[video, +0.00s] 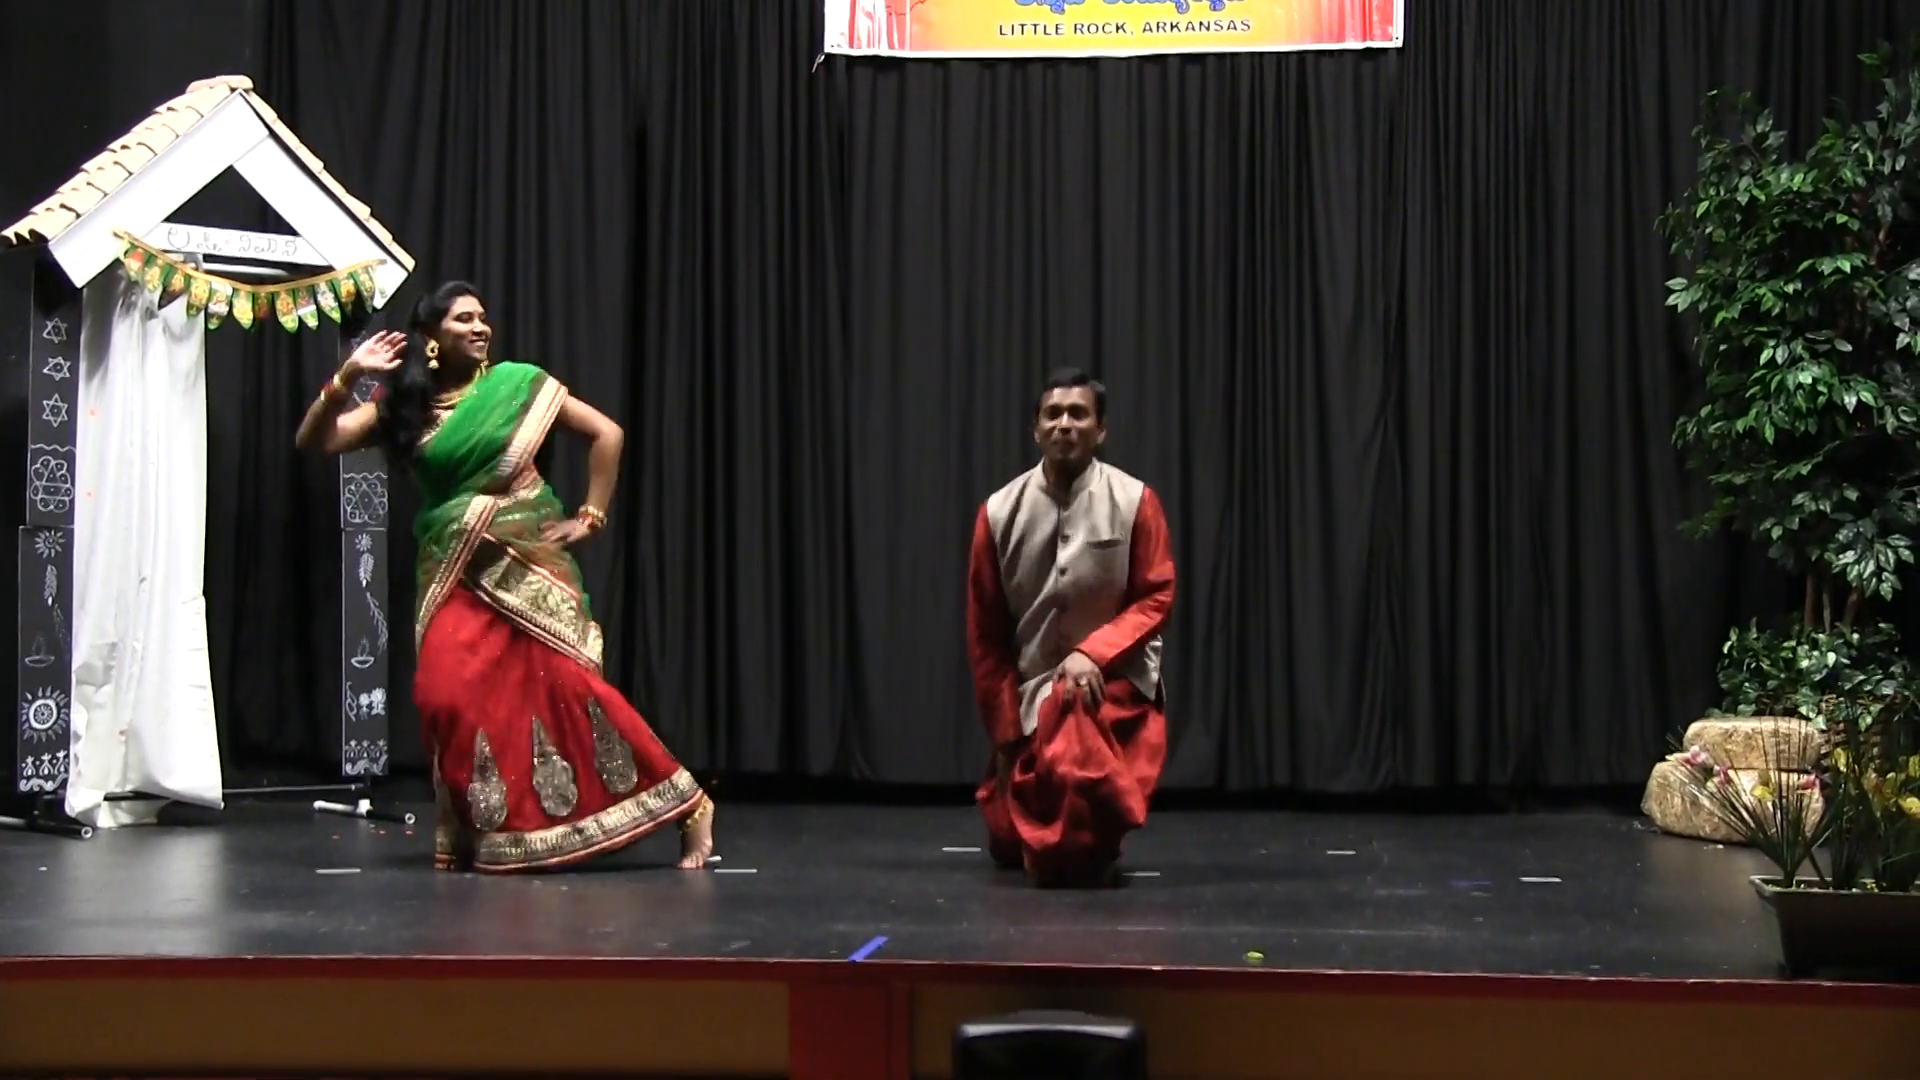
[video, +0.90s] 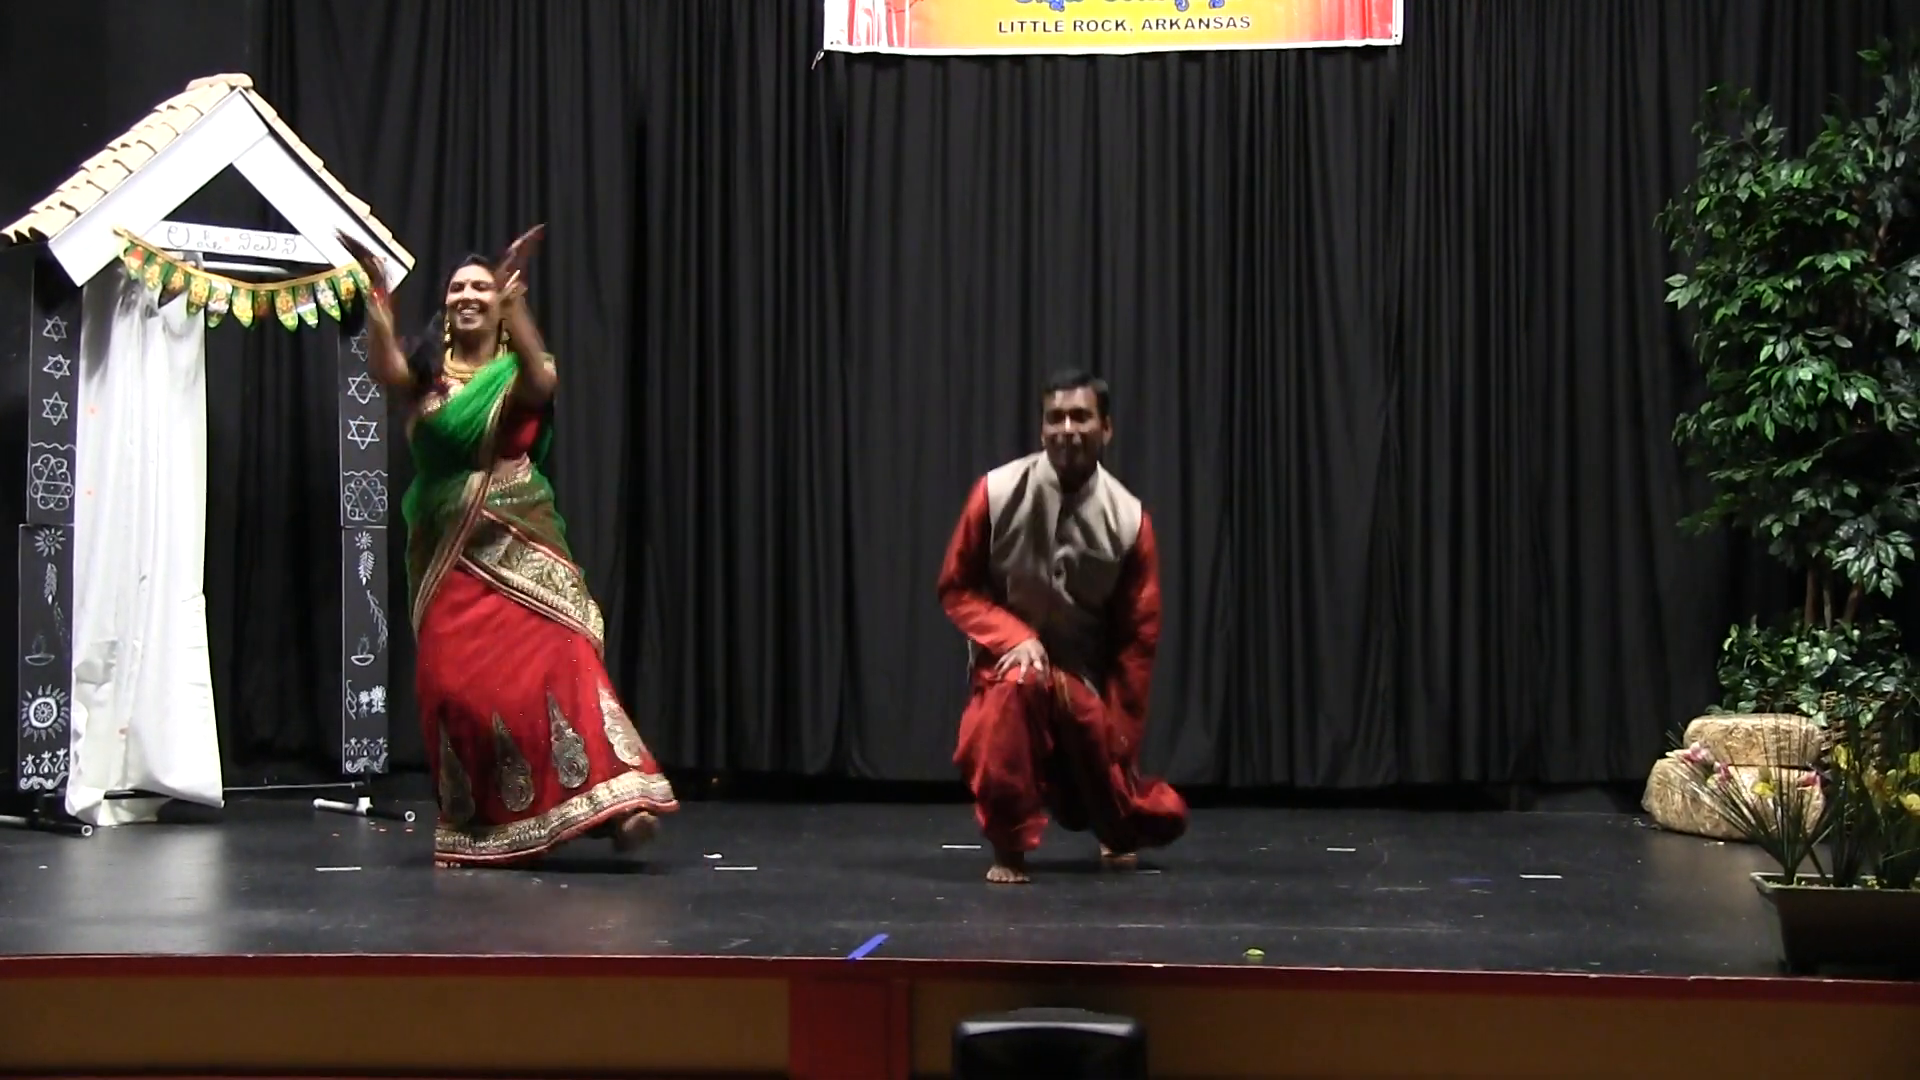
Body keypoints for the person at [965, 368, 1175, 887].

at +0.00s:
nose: (1064, 425)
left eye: (1078, 414)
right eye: (1053, 414)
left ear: (1100, 428)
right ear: (1037, 427)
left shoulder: (1133, 501)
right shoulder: (1000, 511)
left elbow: (1156, 596)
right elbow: (987, 631)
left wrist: (1091, 653)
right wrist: (1006, 731)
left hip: (1118, 682)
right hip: (1031, 692)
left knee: (1069, 699)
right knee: (1011, 840)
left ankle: (1090, 849)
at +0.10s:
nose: (1081, 389)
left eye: (1095, 379)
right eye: (1071, 379)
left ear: (1117, 397)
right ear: (1055, 393)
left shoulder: (1141, 478)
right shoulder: (1008, 471)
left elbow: (1143, 583)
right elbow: (987, 583)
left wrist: (1089, 655)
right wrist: (995, 682)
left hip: (1112, 655)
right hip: (1028, 659)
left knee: (1064, 706)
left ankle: (1082, 851)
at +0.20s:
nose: (1086, 335)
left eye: (1099, 325)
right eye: (1076, 324)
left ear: (1122, 344)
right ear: (1060, 338)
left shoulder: (1143, 432)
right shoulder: (1011, 414)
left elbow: (1141, 540)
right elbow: (982, 518)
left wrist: (1102, 629)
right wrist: (986, 617)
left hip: (1105, 603)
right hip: (1026, 602)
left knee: (1091, 712)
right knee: (1025, 725)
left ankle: (1084, 848)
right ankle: (1054, 838)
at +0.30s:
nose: (1076, 262)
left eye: (1088, 251)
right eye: (1065, 253)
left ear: (1111, 266)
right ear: (1049, 269)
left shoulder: (1142, 359)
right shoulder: (1010, 345)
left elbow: (1155, 469)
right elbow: (980, 451)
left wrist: (1120, 569)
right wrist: (983, 555)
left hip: (1105, 549)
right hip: (1025, 547)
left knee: (1097, 686)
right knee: (1027, 686)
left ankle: (1093, 845)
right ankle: (1051, 808)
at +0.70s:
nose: (1061, 305)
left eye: (1074, 293)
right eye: (1050, 294)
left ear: (1099, 305)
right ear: (1035, 304)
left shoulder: (1130, 396)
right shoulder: (997, 384)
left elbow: (1149, 511)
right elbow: (954, 479)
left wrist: (1126, 616)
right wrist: (997, 553)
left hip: (1097, 595)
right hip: (1013, 586)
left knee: (1120, 712)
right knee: (992, 708)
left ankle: (1115, 807)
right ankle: (999, 839)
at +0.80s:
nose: (1062, 379)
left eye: (1076, 366)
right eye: (1051, 367)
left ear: (1102, 377)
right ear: (1038, 377)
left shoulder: (1130, 468)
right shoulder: (998, 449)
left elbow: (1143, 584)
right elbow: (956, 551)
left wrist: (1124, 684)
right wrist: (1009, 620)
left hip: (1086, 627)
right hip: (1009, 621)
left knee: (1101, 720)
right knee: (980, 736)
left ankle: (1117, 817)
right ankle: (1004, 849)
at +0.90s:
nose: (1067, 430)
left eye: (1080, 417)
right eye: (1055, 418)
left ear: (1105, 429)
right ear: (1042, 429)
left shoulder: (1127, 519)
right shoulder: (997, 494)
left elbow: (1139, 637)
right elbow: (955, 589)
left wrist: (1121, 743)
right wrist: (1014, 637)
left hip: (1086, 669)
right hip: (1008, 660)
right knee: (1016, 692)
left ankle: (1115, 832)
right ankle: (1007, 851)